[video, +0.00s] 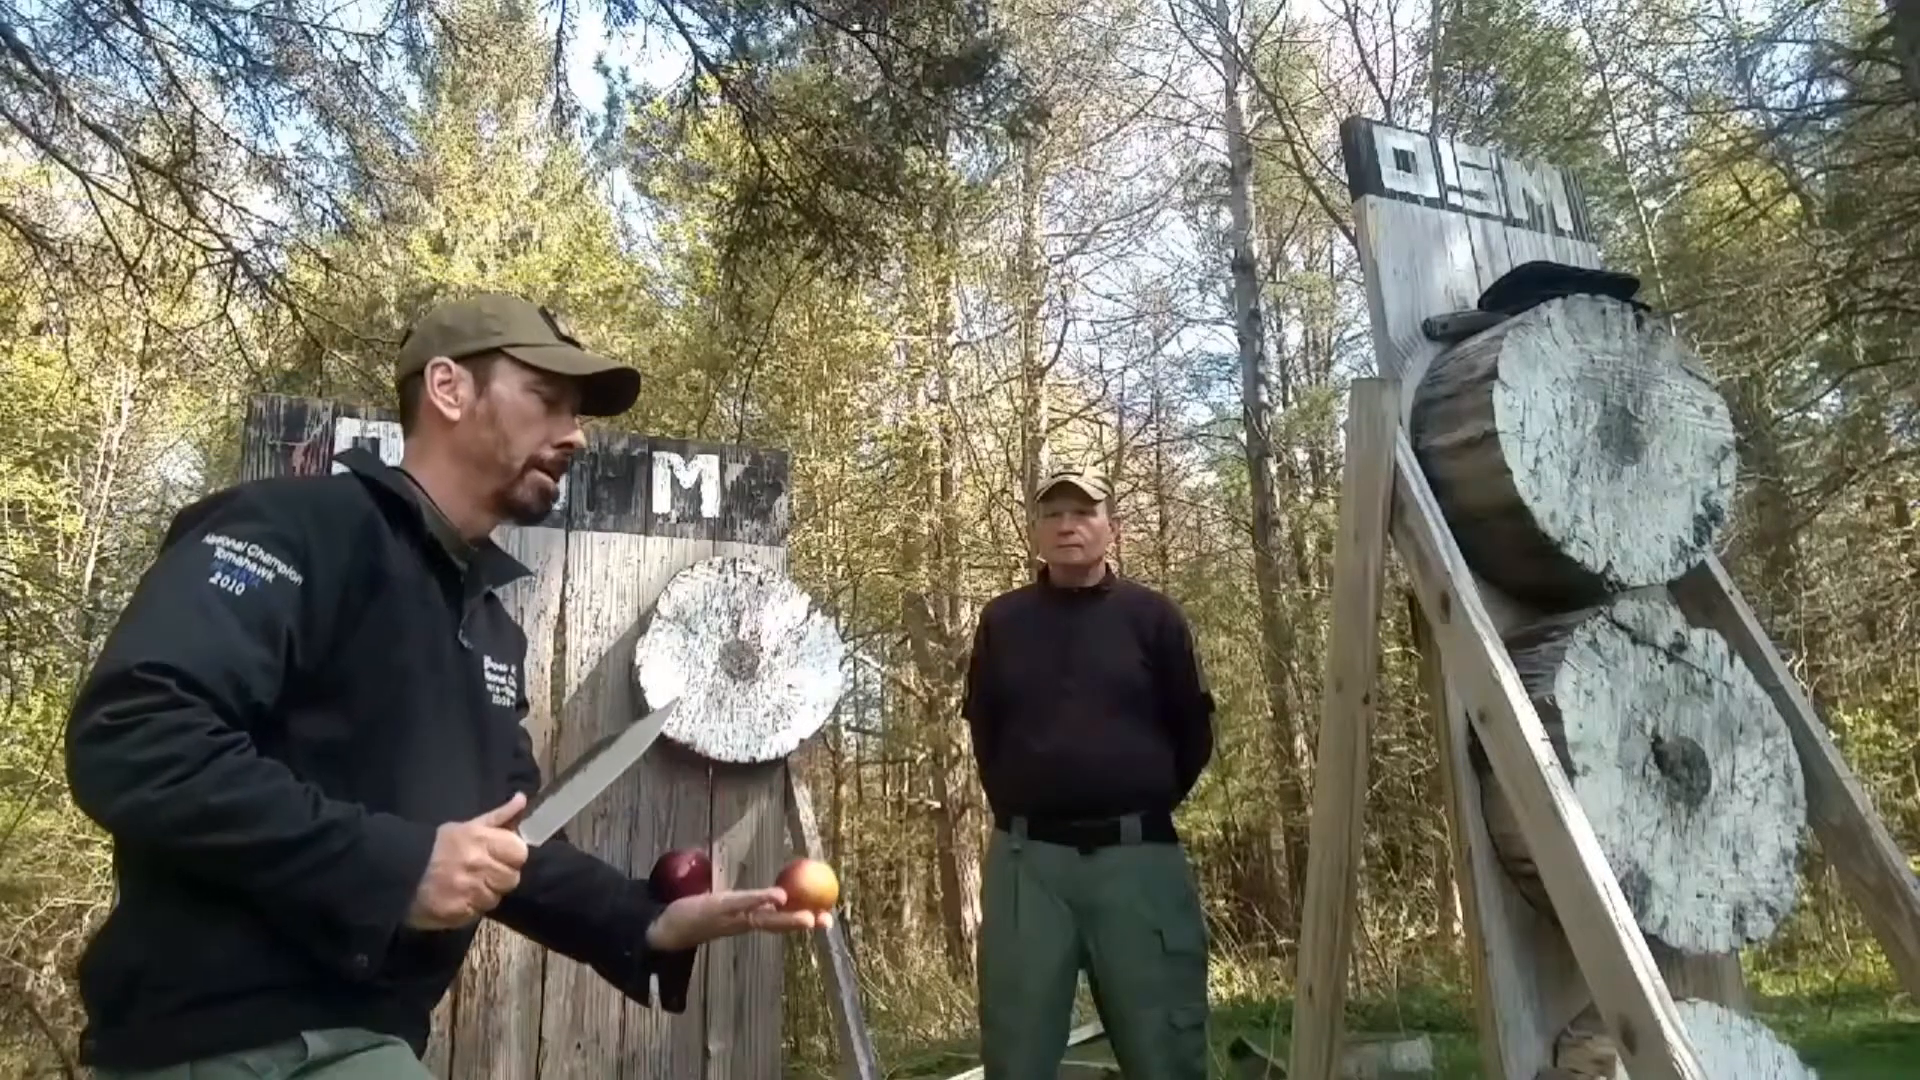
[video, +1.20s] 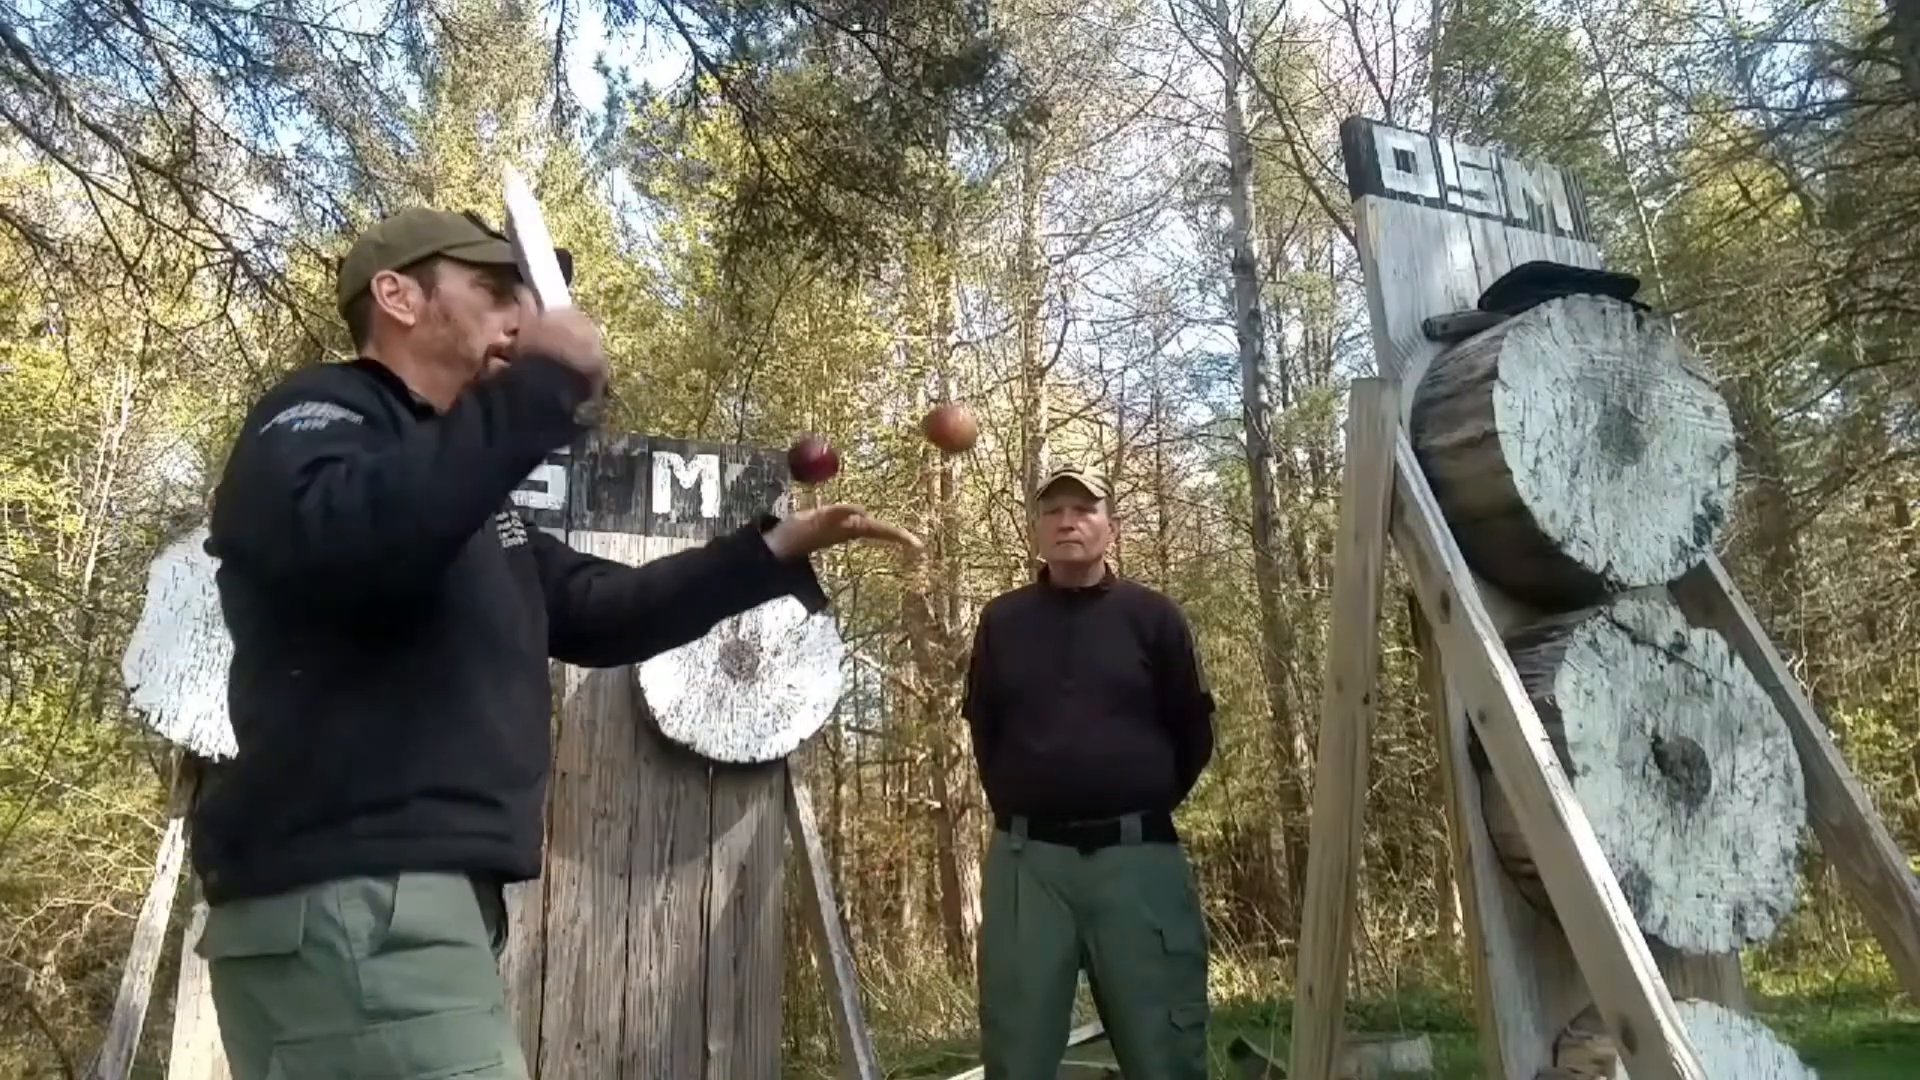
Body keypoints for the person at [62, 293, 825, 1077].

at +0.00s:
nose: (574, 438)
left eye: (577, 414)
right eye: (549, 401)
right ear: (449, 392)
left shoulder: (491, 622)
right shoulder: (295, 525)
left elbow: (481, 839)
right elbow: (132, 741)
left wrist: (651, 922)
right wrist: (397, 863)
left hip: (370, 1033)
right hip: (241, 1032)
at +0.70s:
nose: (552, 450)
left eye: (555, 424)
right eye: (523, 412)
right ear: (420, 409)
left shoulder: (487, 628)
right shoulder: (264, 558)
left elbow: (548, 816)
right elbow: (149, 788)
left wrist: (716, 851)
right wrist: (421, 874)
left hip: (408, 1038)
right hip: (260, 1037)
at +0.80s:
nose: (546, 425)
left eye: (547, 399)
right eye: (518, 392)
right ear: (418, 387)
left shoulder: (487, 598)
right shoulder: (263, 537)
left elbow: (561, 765)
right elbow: (164, 749)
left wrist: (757, 776)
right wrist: (456, 806)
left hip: (416, 1021)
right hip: (290, 1025)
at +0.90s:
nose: (541, 395)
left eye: (541, 371)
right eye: (510, 359)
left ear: (425, 368)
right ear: (413, 360)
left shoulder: (484, 569)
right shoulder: (277, 506)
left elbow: (579, 719)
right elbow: (196, 704)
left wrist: (769, 699)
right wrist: (492, 707)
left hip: (408, 992)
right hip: (323, 999)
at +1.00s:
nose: (537, 370)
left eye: (538, 347)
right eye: (507, 334)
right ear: (410, 336)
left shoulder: (478, 530)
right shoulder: (292, 468)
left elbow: (598, 665)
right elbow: (234, 649)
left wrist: (780, 631)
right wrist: (518, 600)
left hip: (411, 962)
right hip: (338, 970)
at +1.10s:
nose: (529, 340)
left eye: (528, 319)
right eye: (500, 311)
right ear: (403, 314)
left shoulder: (492, 492)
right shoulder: (298, 443)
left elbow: (604, 626)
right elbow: (276, 598)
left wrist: (780, 577)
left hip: (426, 927)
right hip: (340, 932)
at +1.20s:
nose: (522, 321)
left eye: (522, 300)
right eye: (494, 291)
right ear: (398, 297)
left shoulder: (465, 483)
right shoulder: (316, 412)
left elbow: (594, 609)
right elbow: (344, 532)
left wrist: (774, 551)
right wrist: (543, 387)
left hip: (422, 905)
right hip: (349, 906)